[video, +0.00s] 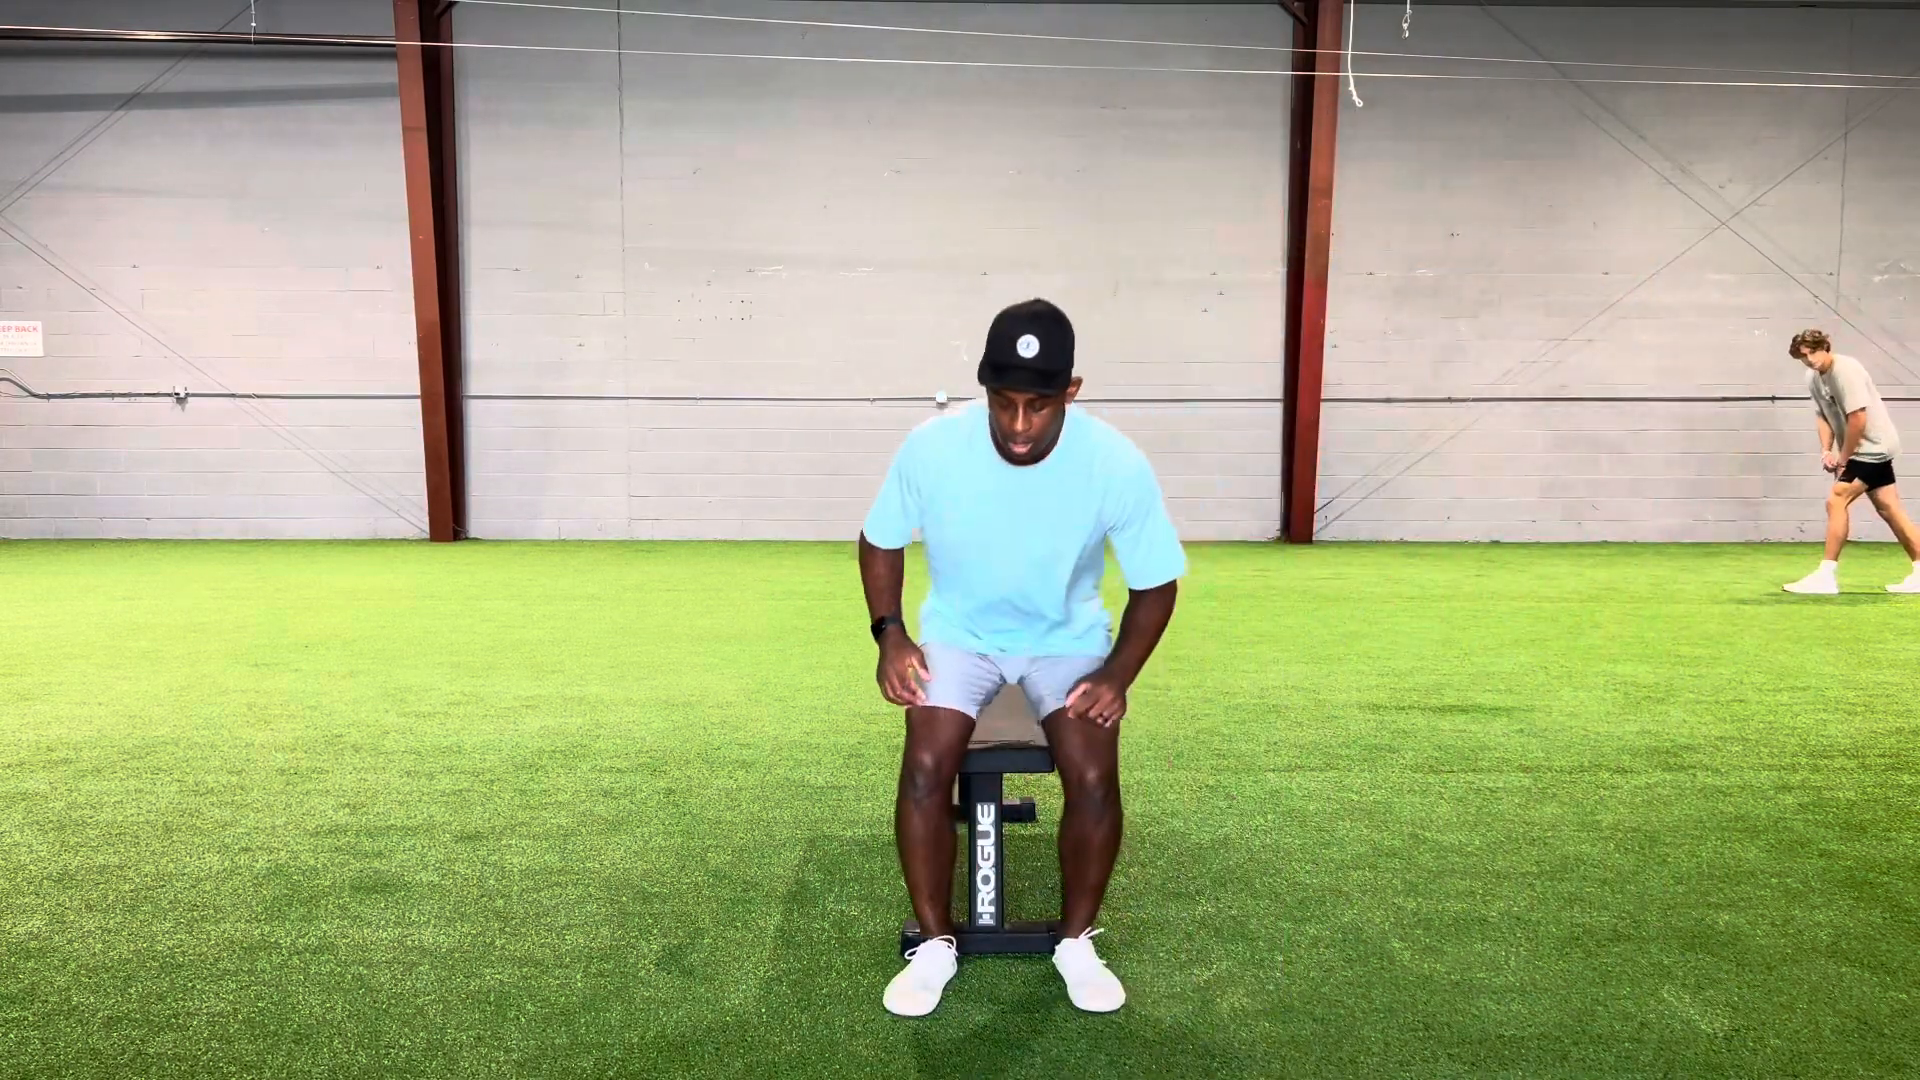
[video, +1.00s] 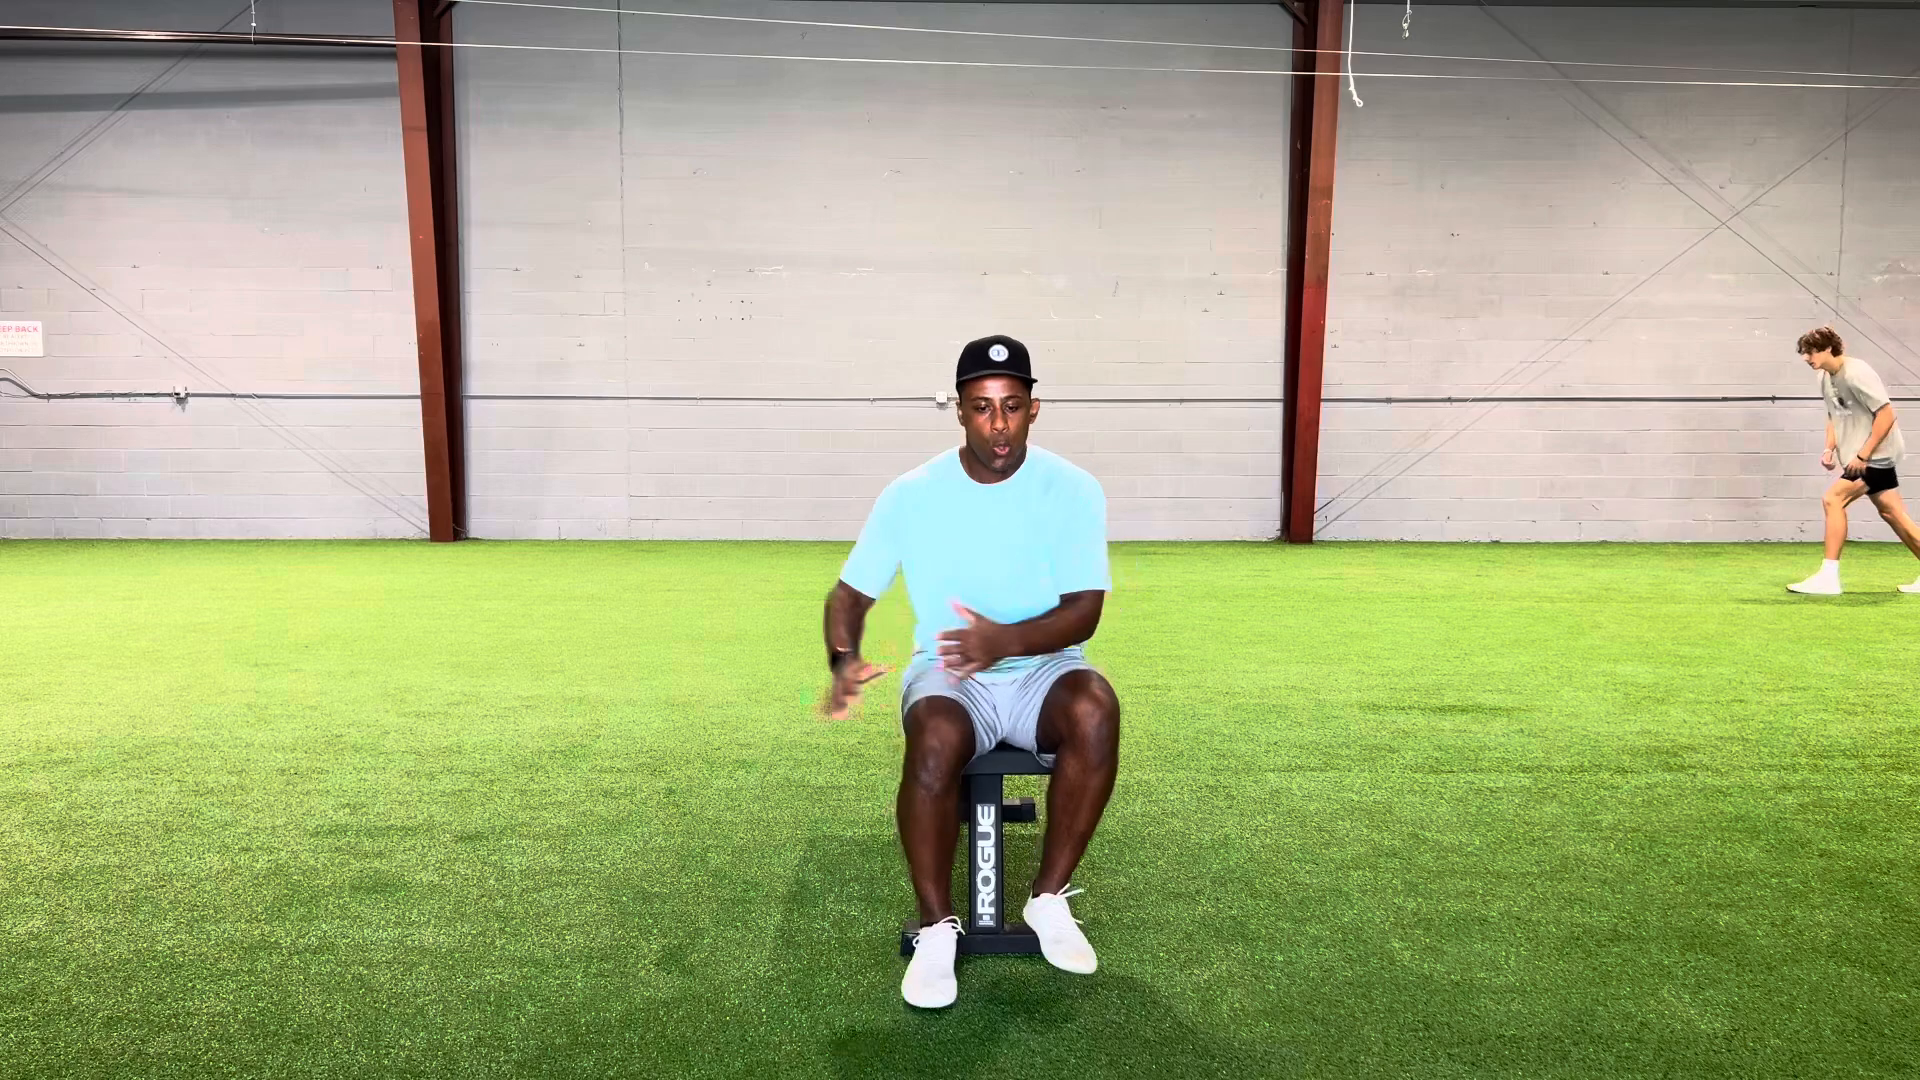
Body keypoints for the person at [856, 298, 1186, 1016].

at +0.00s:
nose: (1019, 424)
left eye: (1038, 406)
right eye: (1004, 403)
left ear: (1070, 392)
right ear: (985, 384)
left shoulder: (1113, 463)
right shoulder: (931, 449)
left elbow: (1159, 581)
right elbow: (880, 540)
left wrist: (1117, 676)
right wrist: (891, 633)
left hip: (1068, 637)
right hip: (957, 632)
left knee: (1092, 776)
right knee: (925, 765)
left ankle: (1077, 939)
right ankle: (935, 941)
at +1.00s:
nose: (998, 426)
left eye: (1012, 408)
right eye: (982, 409)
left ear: (1033, 410)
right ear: (959, 412)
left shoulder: (1074, 492)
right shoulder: (909, 497)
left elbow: (1084, 614)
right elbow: (848, 596)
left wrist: (1009, 639)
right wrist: (844, 656)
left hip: (1042, 673)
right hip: (946, 675)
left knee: (1095, 707)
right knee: (935, 741)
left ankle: (1050, 896)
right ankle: (935, 926)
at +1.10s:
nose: (999, 434)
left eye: (1013, 417)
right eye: (983, 418)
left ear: (1036, 419)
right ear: (960, 419)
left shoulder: (1067, 497)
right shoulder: (907, 486)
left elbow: (1037, 624)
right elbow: (800, 532)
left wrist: (919, 608)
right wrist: (752, 605)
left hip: (1047, 671)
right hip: (951, 668)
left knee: (1110, 715)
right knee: (945, 749)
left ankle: (1058, 893)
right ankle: (945, 935)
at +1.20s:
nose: (999, 430)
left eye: (1014, 414)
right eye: (982, 413)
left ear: (1037, 419)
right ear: (958, 417)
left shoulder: (1062, 503)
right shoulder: (909, 465)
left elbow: (988, 620)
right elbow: (799, 455)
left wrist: (864, 566)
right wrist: (709, 521)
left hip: (1043, 664)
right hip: (948, 658)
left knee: (1122, 733)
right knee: (949, 760)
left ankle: (1048, 899)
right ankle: (945, 941)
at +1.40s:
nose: (1036, 411)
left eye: (1052, 394)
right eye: (1018, 393)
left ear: (1073, 402)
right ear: (991, 398)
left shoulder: (1096, 495)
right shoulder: (935, 444)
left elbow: (1006, 614)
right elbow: (842, 427)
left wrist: (878, 567)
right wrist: (759, 505)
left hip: (1059, 649)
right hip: (961, 641)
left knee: (1099, 774)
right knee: (965, 773)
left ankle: (1018, 916)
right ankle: (947, 942)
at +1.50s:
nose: (1071, 365)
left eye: (1085, 346)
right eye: (1050, 347)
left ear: (1104, 356)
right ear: (1021, 359)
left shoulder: (1134, 451)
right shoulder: (962, 440)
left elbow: (1087, 593)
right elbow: (871, 518)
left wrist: (954, 627)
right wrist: (819, 631)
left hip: (1083, 641)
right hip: (982, 637)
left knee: (1127, 773)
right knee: (976, 778)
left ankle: (1022, 909)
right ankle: (948, 944)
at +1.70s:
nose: (1166, 281)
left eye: (1178, 266)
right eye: (1146, 269)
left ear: (1196, 274)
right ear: (1109, 284)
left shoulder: (1250, 348)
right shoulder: (1074, 357)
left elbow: (1371, 378)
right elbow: (1041, 434)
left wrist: (1406, 351)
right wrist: (1164, 373)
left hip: (1189, 599)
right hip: (1070, 606)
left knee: (1311, 682)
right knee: (1008, 762)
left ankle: (1228, 851)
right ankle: (950, 942)